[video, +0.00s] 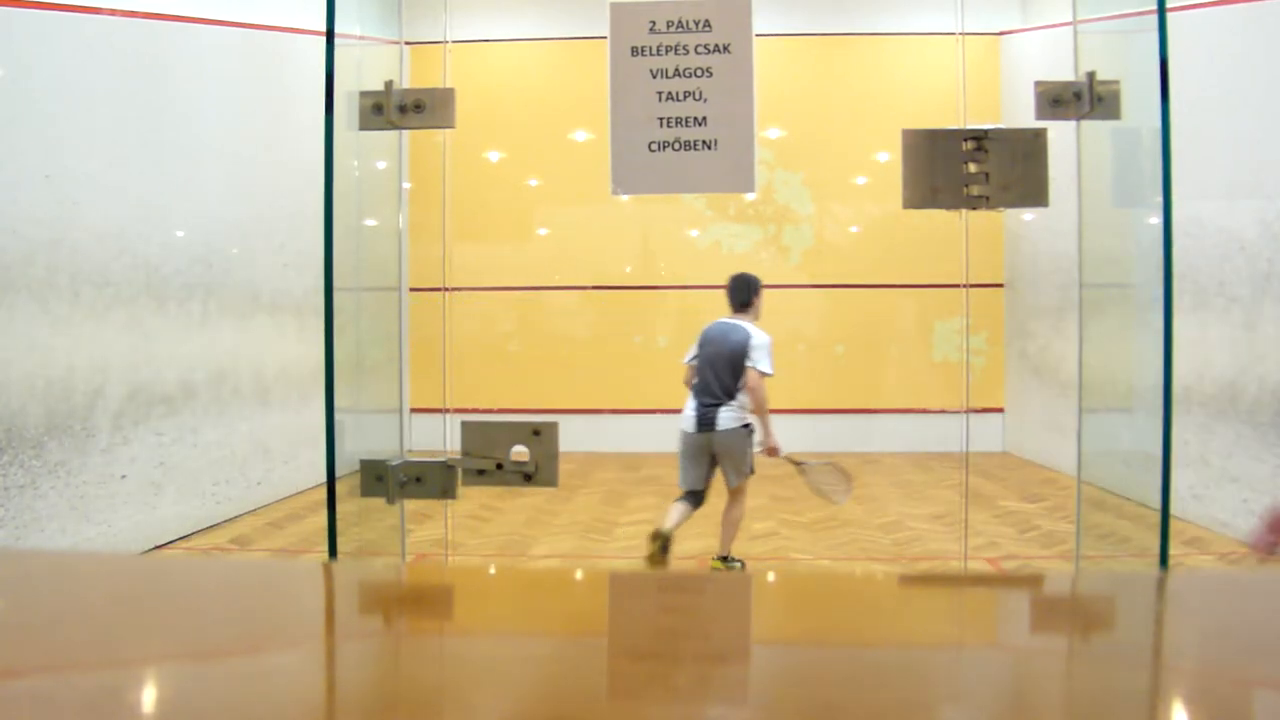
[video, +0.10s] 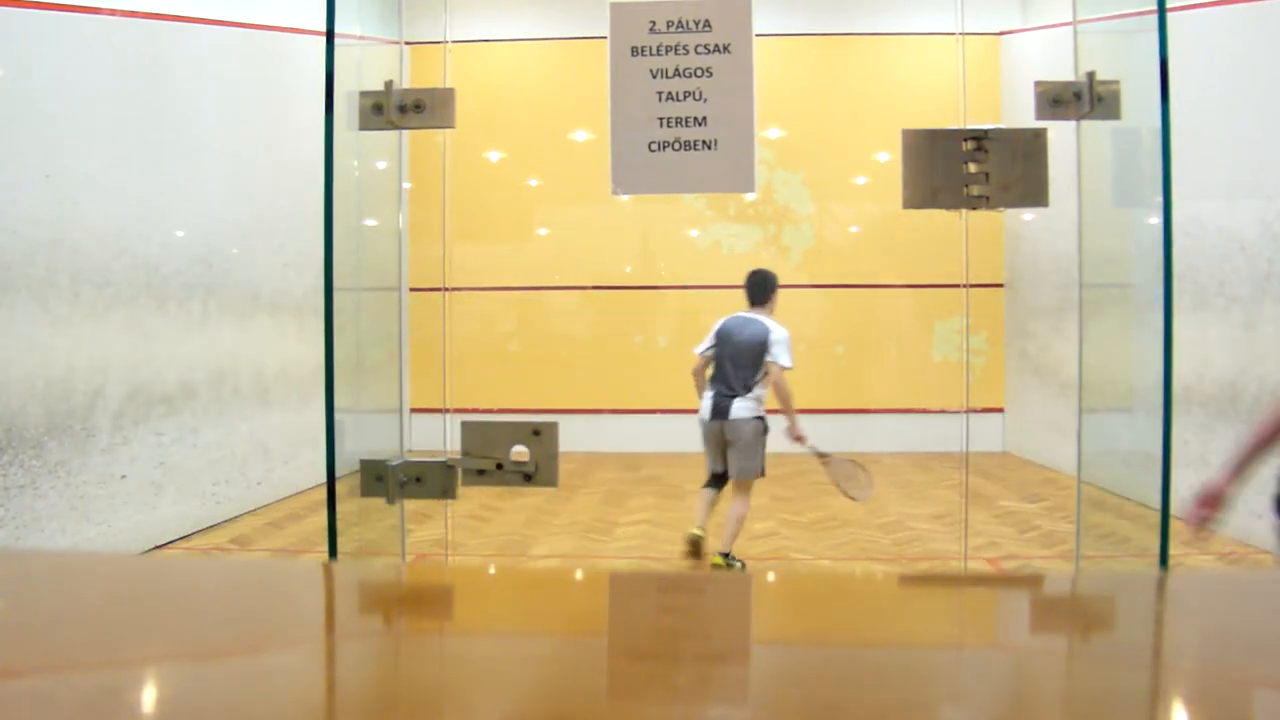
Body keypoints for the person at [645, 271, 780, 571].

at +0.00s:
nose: (762, 302)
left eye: (761, 296)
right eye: (761, 297)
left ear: (729, 300)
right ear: (755, 300)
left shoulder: (708, 331)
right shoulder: (756, 337)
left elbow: (690, 378)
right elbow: (753, 384)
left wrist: (714, 399)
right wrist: (768, 435)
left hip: (694, 423)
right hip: (731, 425)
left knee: (692, 493)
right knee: (737, 492)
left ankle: (664, 530)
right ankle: (723, 555)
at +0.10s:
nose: (778, 297)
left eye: (774, 292)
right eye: (777, 293)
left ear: (748, 295)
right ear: (773, 296)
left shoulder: (725, 324)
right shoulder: (776, 332)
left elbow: (697, 369)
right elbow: (776, 379)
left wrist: (707, 402)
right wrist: (793, 424)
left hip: (711, 410)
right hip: (745, 414)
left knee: (716, 476)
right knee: (741, 489)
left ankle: (698, 528)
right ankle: (725, 552)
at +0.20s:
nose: (790, 294)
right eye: (790, 289)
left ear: (761, 291)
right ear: (788, 292)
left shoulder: (741, 319)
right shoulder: (790, 326)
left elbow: (709, 356)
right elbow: (796, 372)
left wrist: (701, 396)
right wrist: (815, 411)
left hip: (728, 403)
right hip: (761, 406)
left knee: (735, 468)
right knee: (753, 480)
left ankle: (730, 535)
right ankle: (730, 538)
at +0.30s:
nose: (801, 299)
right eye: (802, 294)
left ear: (775, 297)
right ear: (800, 297)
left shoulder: (755, 326)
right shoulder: (803, 332)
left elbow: (722, 360)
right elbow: (812, 377)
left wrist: (708, 396)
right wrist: (837, 410)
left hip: (746, 408)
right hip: (776, 412)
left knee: (753, 471)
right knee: (771, 481)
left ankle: (747, 526)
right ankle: (744, 518)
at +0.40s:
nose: (814, 303)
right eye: (816, 299)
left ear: (793, 301)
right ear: (816, 302)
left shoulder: (775, 330)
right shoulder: (816, 335)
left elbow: (747, 363)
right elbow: (825, 380)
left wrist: (733, 399)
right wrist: (858, 409)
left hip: (764, 416)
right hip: (792, 419)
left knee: (770, 469)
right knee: (803, 477)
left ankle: (749, 527)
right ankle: (767, 511)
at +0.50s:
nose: (839, 300)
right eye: (840, 296)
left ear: (817, 297)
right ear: (839, 298)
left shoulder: (799, 326)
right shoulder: (836, 330)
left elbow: (775, 361)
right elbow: (840, 374)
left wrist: (775, 391)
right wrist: (876, 398)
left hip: (785, 407)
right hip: (813, 409)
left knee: (778, 465)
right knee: (839, 461)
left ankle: (750, 521)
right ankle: (819, 515)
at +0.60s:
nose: (867, 301)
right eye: (867, 296)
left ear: (844, 297)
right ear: (865, 298)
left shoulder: (825, 323)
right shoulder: (858, 329)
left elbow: (805, 357)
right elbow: (860, 370)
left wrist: (819, 382)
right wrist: (901, 391)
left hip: (812, 400)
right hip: (840, 404)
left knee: (799, 458)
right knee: (862, 457)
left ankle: (763, 503)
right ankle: (870, 511)